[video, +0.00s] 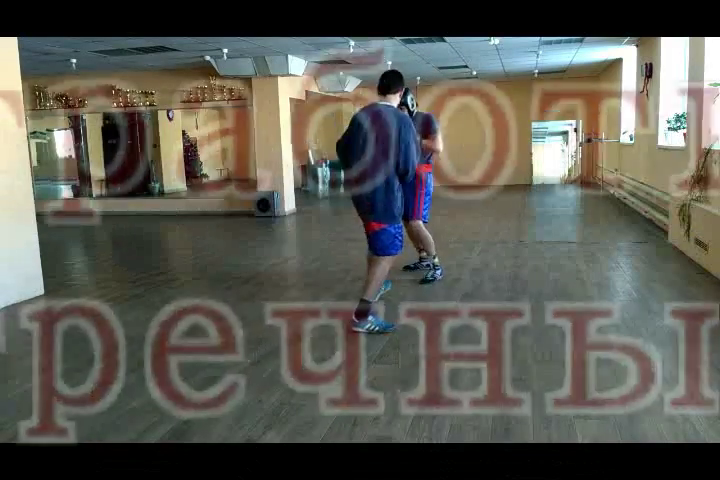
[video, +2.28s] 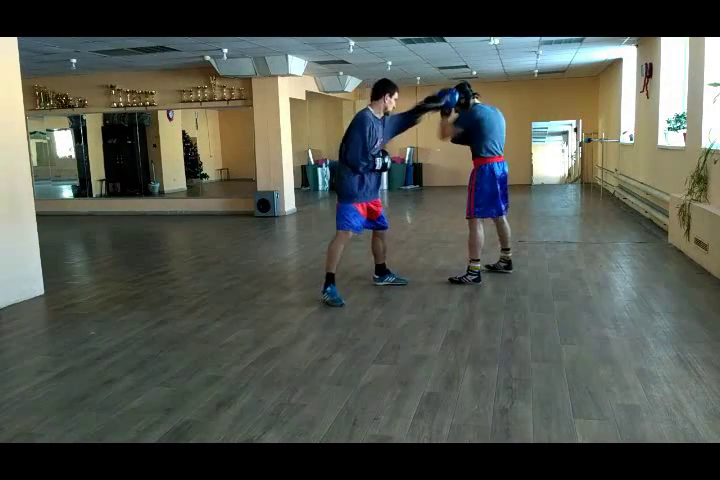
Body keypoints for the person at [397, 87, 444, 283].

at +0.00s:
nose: (400, 111)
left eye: (401, 106)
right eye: (398, 107)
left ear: (409, 104)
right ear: (399, 107)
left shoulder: (425, 119)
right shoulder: (397, 123)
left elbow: (437, 146)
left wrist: (413, 141)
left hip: (421, 170)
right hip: (403, 170)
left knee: (414, 220)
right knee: (407, 219)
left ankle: (434, 263)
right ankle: (423, 257)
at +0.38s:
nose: (403, 110)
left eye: (404, 106)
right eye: (402, 106)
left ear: (411, 101)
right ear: (415, 100)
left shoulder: (423, 113)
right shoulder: (420, 114)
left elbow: (415, 140)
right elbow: (411, 139)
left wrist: (402, 130)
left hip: (427, 169)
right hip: (417, 168)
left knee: (425, 220)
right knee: (419, 218)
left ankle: (437, 269)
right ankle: (425, 258)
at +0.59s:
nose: (407, 101)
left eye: (408, 98)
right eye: (406, 98)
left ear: (414, 95)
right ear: (425, 93)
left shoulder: (424, 108)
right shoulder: (433, 108)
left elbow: (414, 134)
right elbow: (407, 135)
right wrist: (398, 120)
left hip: (434, 168)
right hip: (441, 166)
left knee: (433, 220)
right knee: (439, 216)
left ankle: (437, 269)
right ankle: (443, 253)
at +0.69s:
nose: (417, 107)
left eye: (419, 101)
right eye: (416, 102)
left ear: (428, 98)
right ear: (429, 98)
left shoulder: (441, 112)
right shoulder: (436, 114)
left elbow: (453, 138)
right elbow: (441, 141)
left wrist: (431, 149)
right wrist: (419, 148)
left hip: (442, 170)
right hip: (446, 168)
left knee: (435, 220)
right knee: (451, 216)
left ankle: (437, 271)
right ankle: (475, 252)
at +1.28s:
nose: (439, 108)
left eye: (440, 104)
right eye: (438, 105)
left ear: (450, 100)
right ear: (452, 99)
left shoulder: (469, 113)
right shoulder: (453, 118)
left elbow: (472, 143)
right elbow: (455, 150)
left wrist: (454, 125)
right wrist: (441, 139)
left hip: (468, 168)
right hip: (463, 168)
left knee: (460, 221)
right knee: (472, 219)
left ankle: (468, 271)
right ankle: (485, 259)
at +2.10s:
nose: (459, 110)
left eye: (459, 106)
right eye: (458, 107)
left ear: (468, 101)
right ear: (472, 100)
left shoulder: (484, 114)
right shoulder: (488, 114)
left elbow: (484, 145)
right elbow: (479, 143)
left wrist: (463, 135)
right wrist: (461, 135)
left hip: (483, 169)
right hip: (494, 168)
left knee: (470, 219)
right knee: (489, 216)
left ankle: (473, 271)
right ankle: (503, 261)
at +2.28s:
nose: (457, 108)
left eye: (457, 105)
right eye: (457, 104)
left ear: (461, 101)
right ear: (474, 97)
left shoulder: (471, 113)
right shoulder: (496, 113)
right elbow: (477, 138)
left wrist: (446, 112)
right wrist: (453, 135)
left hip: (483, 169)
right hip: (500, 166)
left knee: (475, 219)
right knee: (499, 216)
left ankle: (473, 271)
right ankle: (506, 260)